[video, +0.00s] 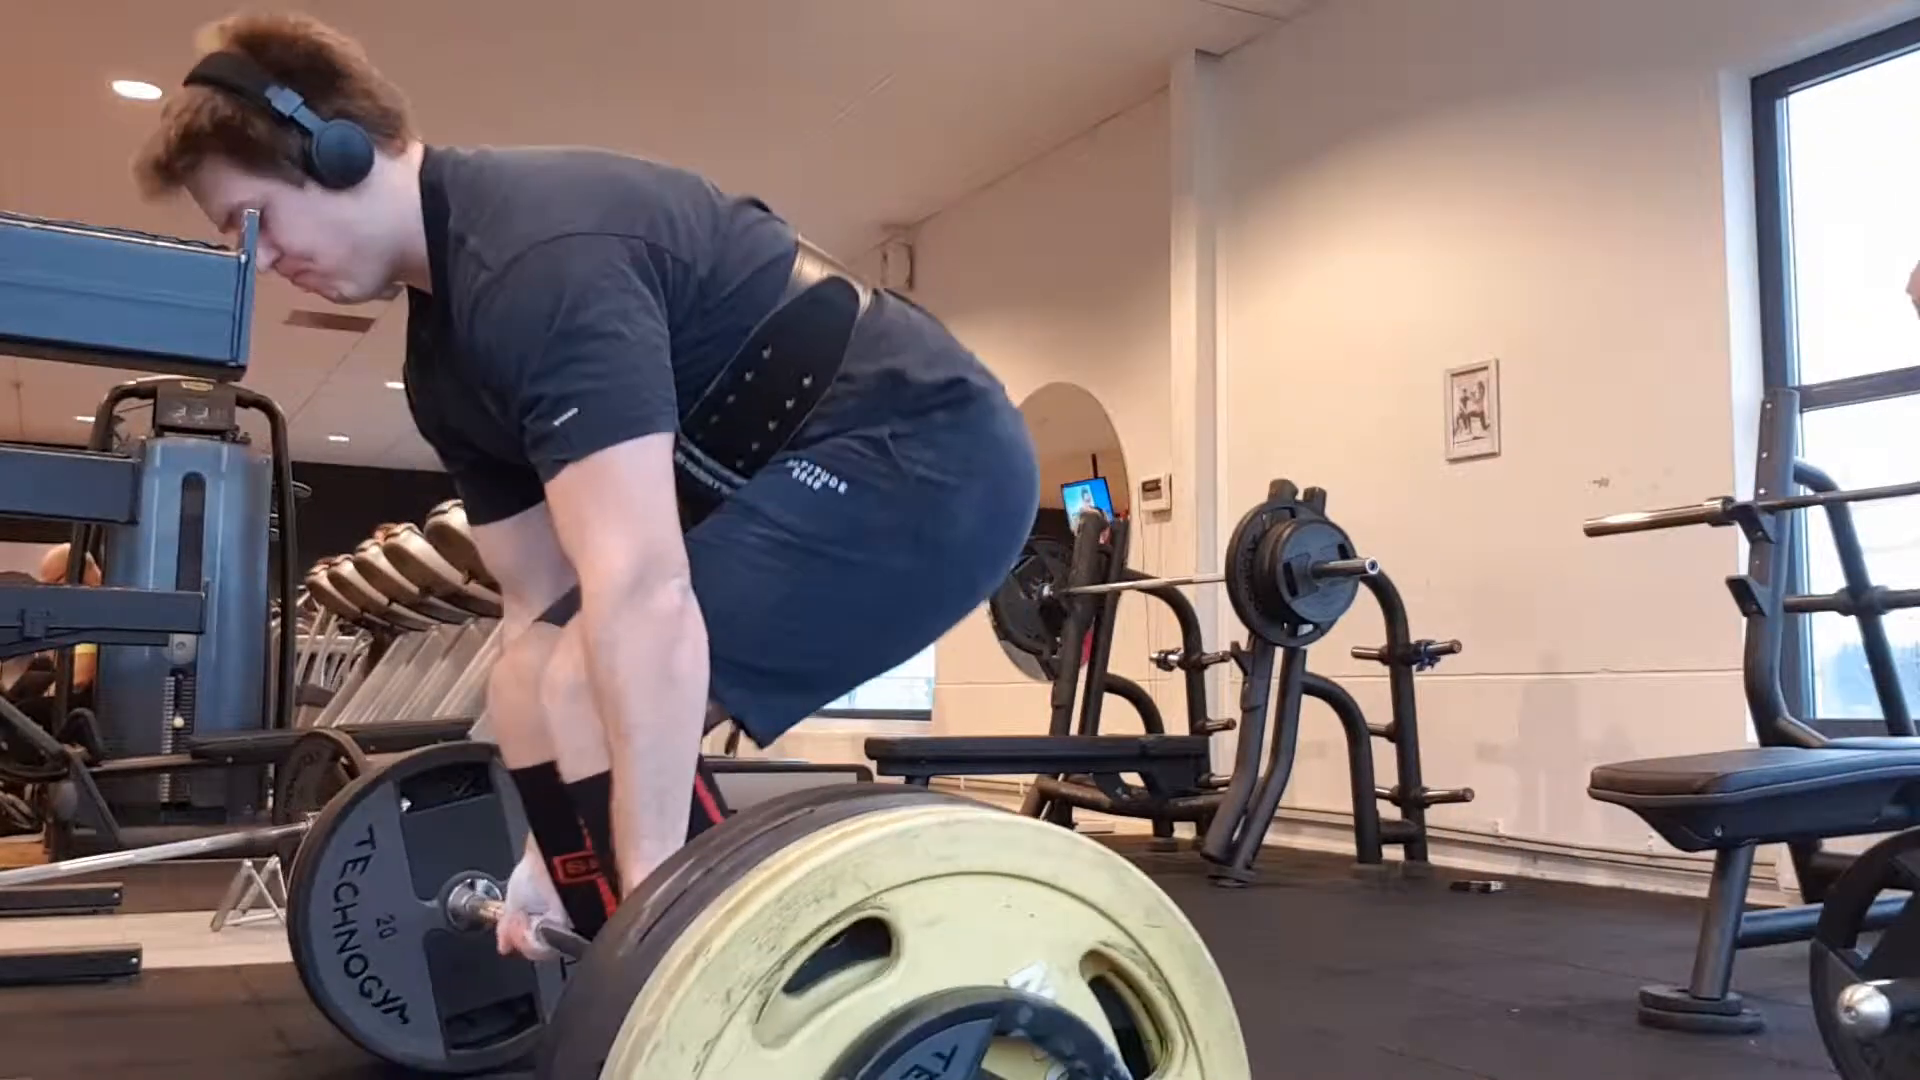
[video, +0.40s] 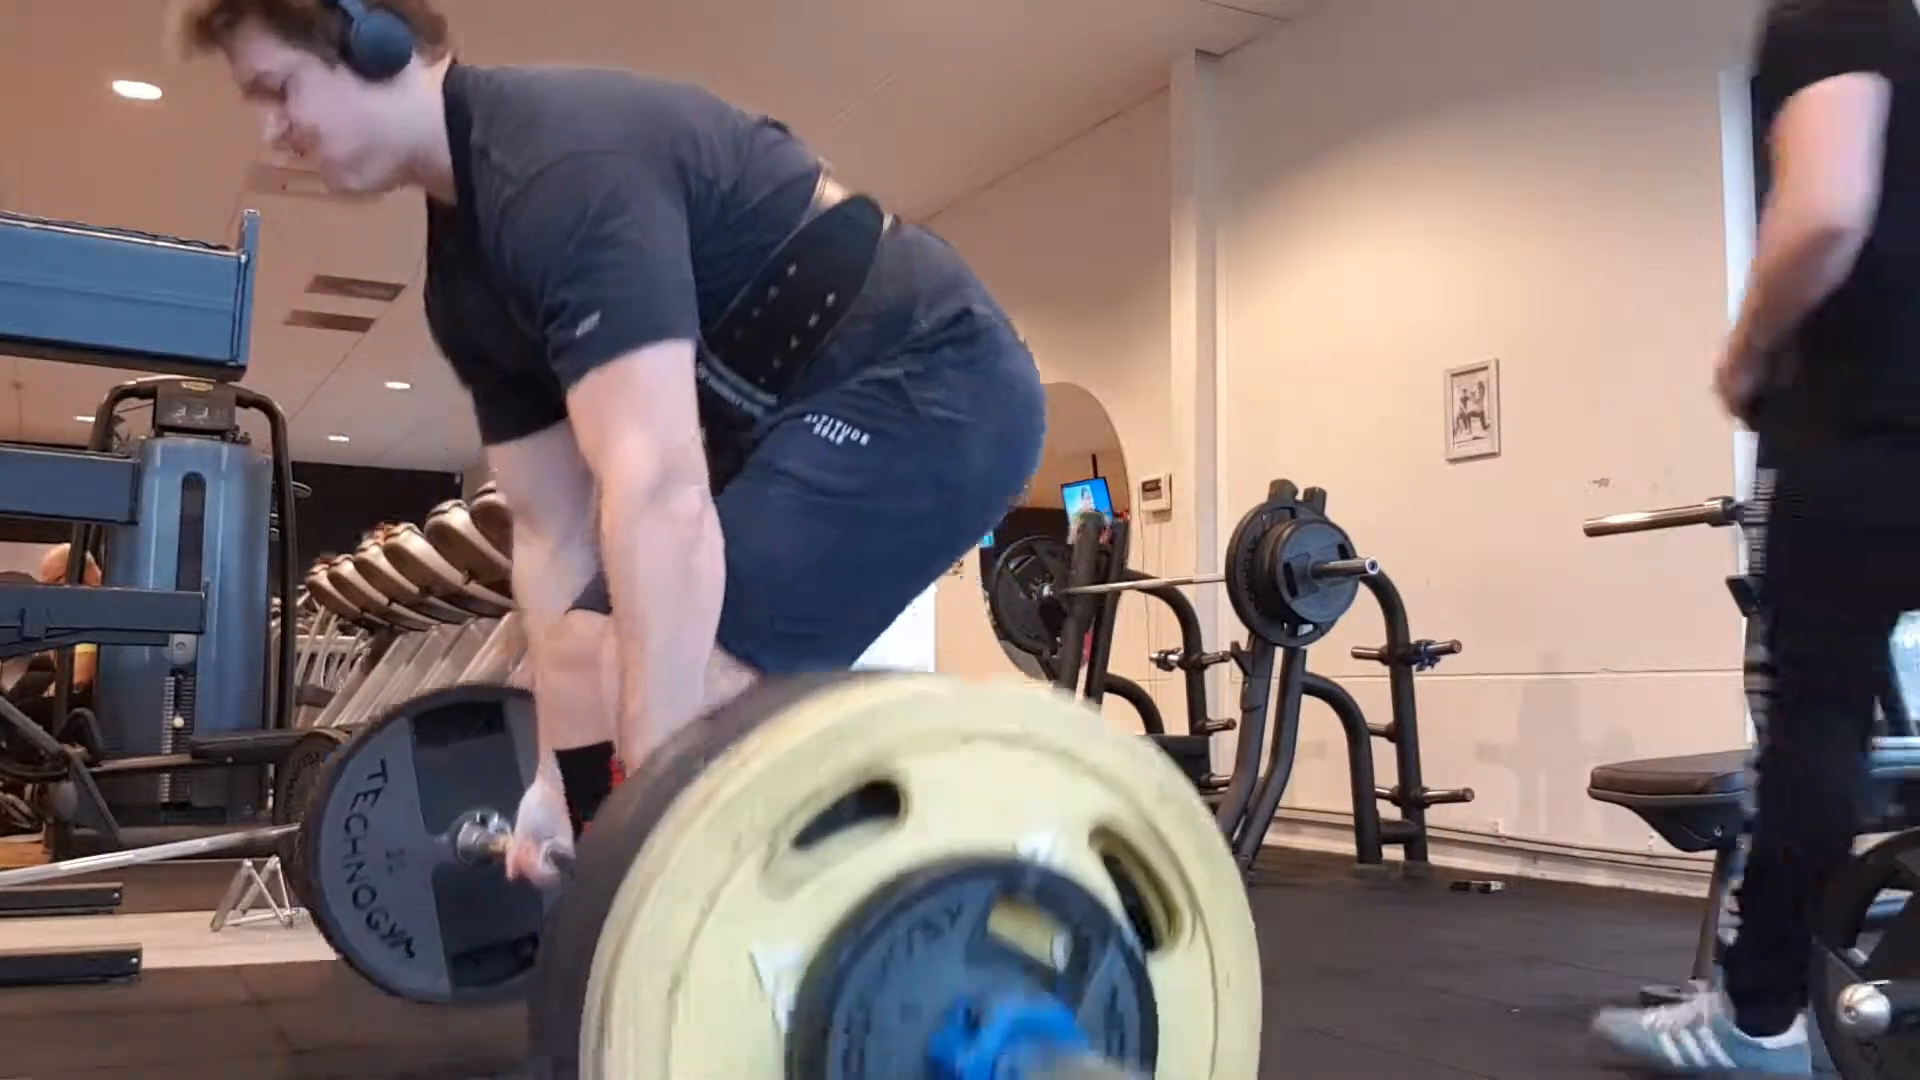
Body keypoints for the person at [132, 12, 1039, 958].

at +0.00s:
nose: (262, 266)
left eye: (255, 222)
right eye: (239, 244)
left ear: (333, 141)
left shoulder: (544, 261)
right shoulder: (442, 357)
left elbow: (643, 593)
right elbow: (547, 608)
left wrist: (661, 915)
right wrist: (547, 864)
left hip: (914, 444)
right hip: (807, 469)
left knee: (590, 681)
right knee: (521, 680)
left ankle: (712, 978)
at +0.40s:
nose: (273, 135)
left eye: (277, 92)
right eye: (258, 106)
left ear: (375, 44)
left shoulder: (571, 164)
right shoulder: (461, 273)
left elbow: (663, 488)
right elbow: (550, 527)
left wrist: (659, 812)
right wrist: (546, 787)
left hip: (921, 381)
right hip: (797, 421)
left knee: (681, 696)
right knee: (570, 662)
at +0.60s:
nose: (314, 4)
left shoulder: (591, 67)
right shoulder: (477, 175)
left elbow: (669, 386)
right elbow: (554, 439)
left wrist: (672, 688)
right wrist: (567, 694)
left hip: (913, 341)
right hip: (782, 384)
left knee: (734, 666)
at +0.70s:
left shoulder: (592, 21)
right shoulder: (483, 120)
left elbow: (676, 320)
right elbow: (559, 386)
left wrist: (678, 617)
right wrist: (570, 640)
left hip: (904, 319)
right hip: (765, 354)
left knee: (752, 672)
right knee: (683, 684)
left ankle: (708, 1033)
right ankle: (687, 1028)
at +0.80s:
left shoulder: (621, 8)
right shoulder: (489, 68)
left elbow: (681, 247)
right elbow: (562, 321)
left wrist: (683, 553)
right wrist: (580, 578)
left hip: (896, 311)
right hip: (755, 337)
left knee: (748, 722)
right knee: (673, 706)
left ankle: (718, 1056)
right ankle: (677, 1047)